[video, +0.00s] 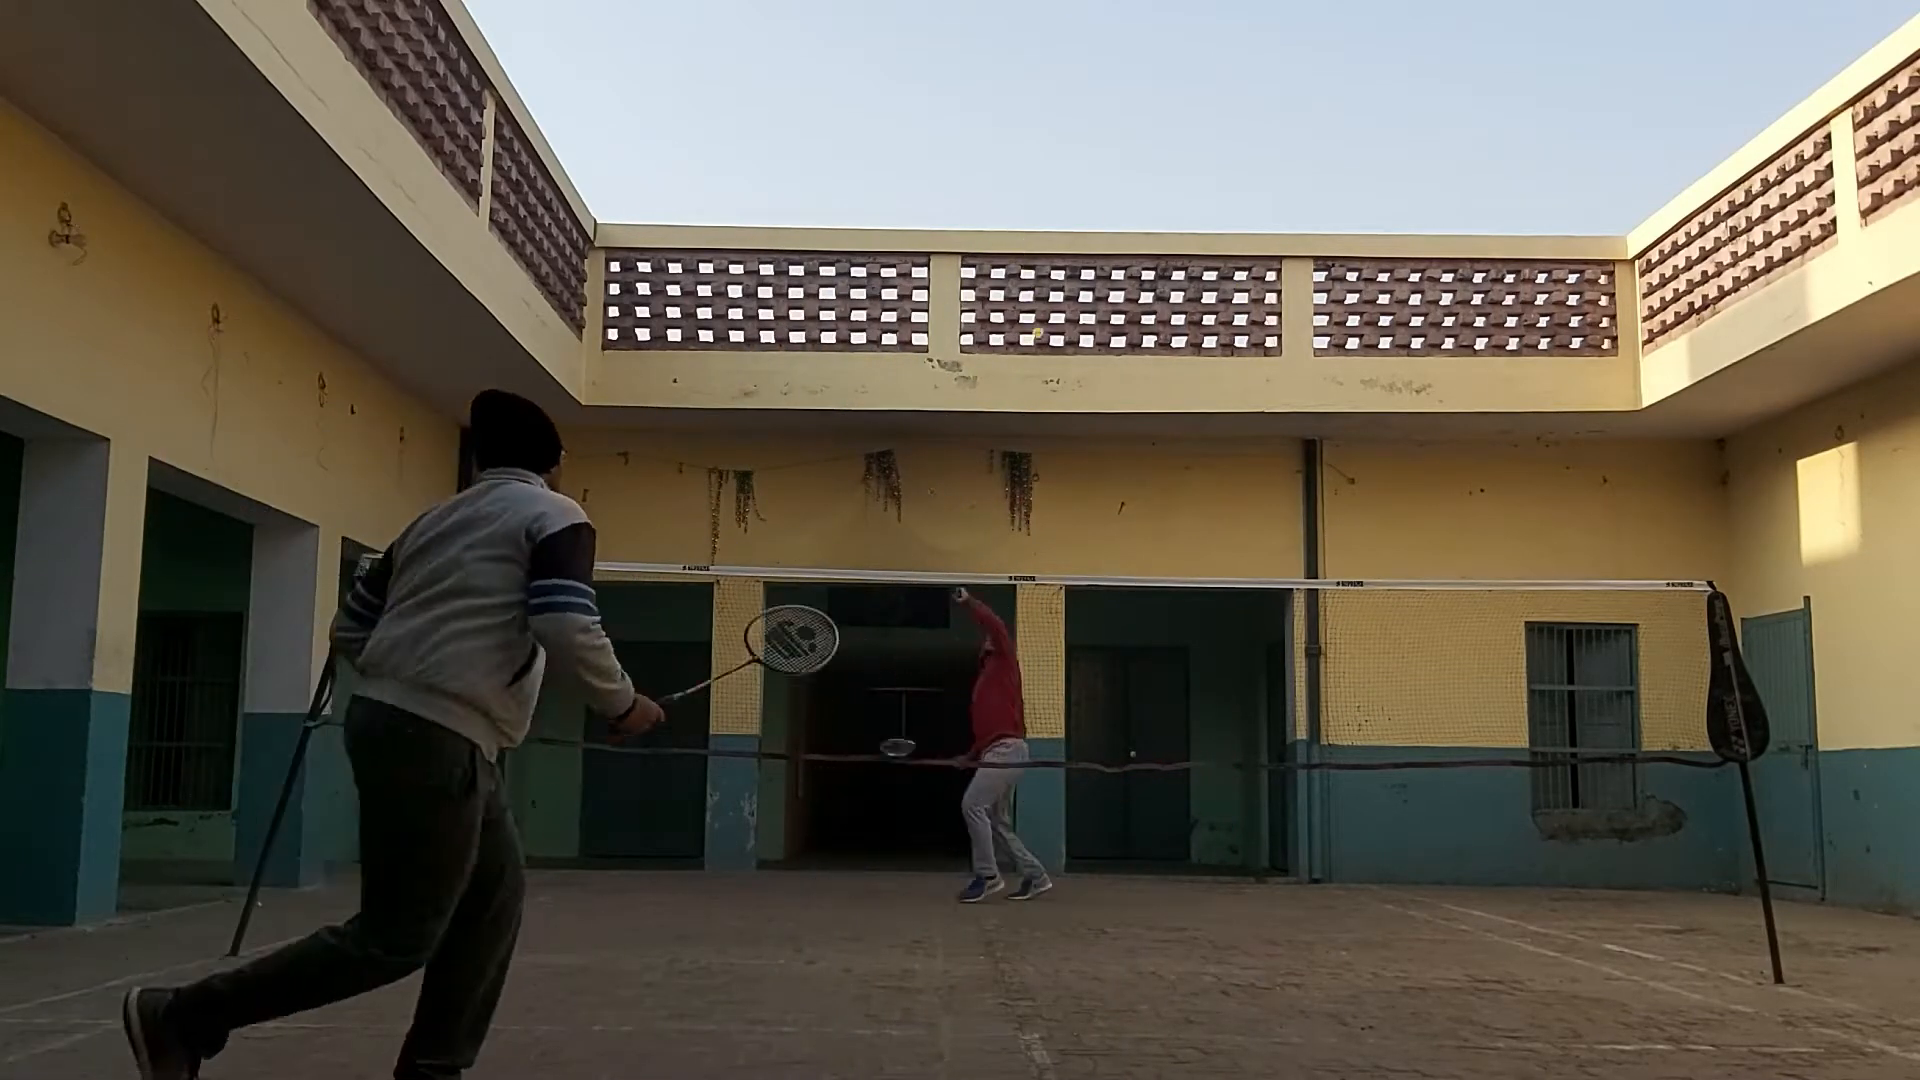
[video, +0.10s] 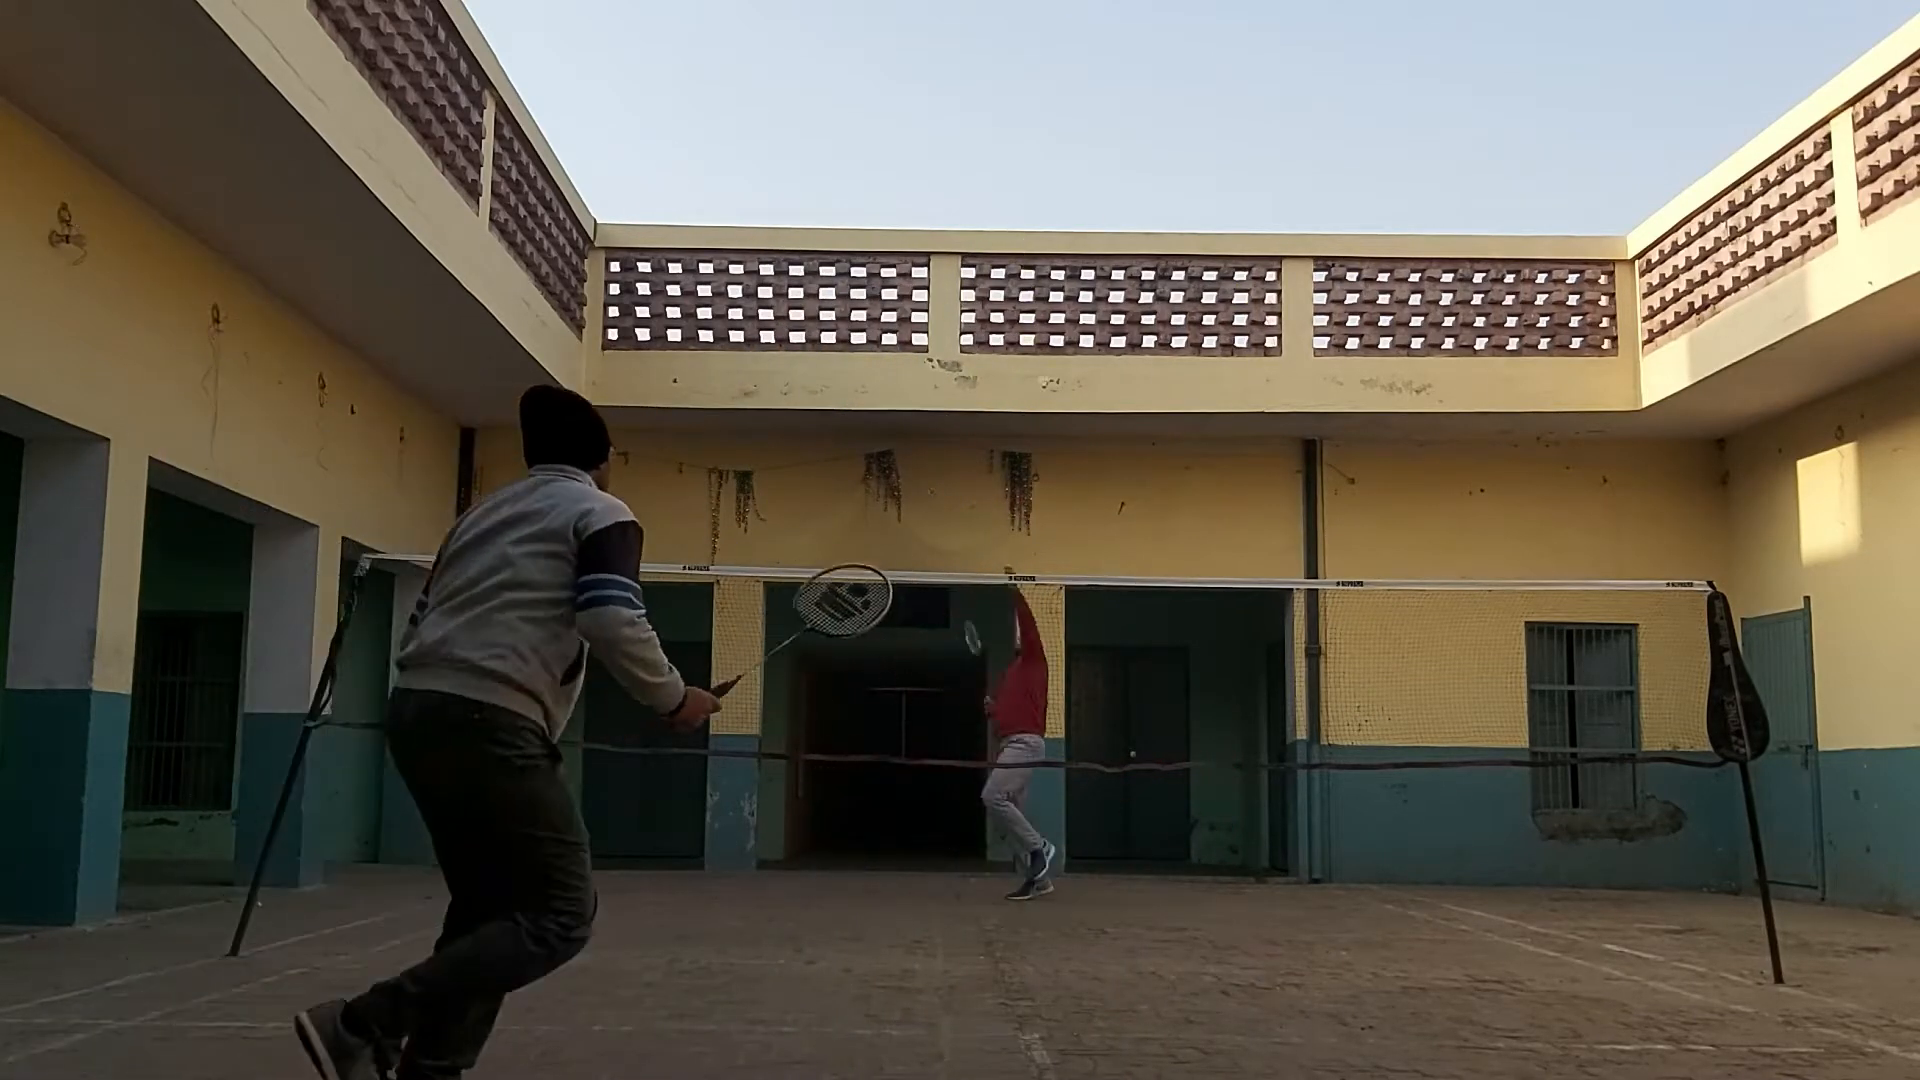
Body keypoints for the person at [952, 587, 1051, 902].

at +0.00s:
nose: (986, 641)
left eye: (990, 637)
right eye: (984, 638)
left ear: (998, 642)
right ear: (982, 645)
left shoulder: (1004, 660)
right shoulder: (987, 674)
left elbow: (997, 626)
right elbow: (990, 721)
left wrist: (970, 602)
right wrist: (972, 755)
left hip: (1008, 748)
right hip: (996, 751)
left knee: (974, 806)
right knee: (996, 821)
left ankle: (988, 875)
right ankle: (1035, 875)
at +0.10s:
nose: (1018, 636)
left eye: (1022, 632)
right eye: (1018, 632)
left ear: (1030, 637)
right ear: (1017, 640)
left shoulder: (1034, 659)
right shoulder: (1016, 670)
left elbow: (1028, 624)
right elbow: (1012, 709)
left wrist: (1016, 592)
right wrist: (993, 708)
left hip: (1026, 741)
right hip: (1015, 742)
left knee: (993, 796)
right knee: (1012, 808)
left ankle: (1038, 848)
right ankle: (1033, 878)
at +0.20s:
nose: (1063, 639)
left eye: (1067, 637)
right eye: (1062, 637)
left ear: (1077, 644)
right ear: (1061, 644)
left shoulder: (1075, 660)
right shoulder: (1044, 669)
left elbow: (1058, 646)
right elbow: (1016, 683)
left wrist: (1038, 628)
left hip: (1039, 733)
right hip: (1019, 733)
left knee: (1028, 795)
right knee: (1020, 806)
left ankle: (1080, 812)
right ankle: (1033, 873)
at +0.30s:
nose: (1096, 641)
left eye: (1103, 639)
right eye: (1097, 638)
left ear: (1111, 647)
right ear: (1096, 646)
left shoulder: (1107, 673)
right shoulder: (1080, 658)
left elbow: (1075, 683)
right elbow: (1053, 637)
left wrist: (1051, 661)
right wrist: (1035, 605)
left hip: (1061, 737)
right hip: (1039, 733)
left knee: (1069, 803)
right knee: (1012, 794)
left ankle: (1124, 826)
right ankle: (1018, 866)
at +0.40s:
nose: (1122, 648)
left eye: (1129, 648)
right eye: (1124, 645)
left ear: (1137, 659)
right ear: (1124, 653)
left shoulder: (1130, 693)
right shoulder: (1104, 666)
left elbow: (1086, 710)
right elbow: (1076, 651)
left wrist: (1079, 682)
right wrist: (1042, 634)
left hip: (1093, 763)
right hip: (1065, 752)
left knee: (1109, 827)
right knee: (1016, 781)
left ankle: (1153, 878)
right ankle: (980, 843)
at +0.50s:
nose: (1138, 669)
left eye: (1144, 667)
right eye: (1136, 665)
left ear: (1154, 678)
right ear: (1131, 671)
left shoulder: (1152, 715)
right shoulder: (1114, 688)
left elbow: (1129, 751)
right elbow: (1075, 686)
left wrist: (1101, 723)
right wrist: (1034, 686)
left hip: (1115, 780)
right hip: (1084, 768)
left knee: (1128, 840)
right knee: (1027, 773)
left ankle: (1164, 885)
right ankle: (973, 809)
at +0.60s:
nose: (1147, 673)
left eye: (1154, 670)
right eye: (1146, 668)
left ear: (1164, 680)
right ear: (1140, 672)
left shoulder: (1162, 718)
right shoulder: (1122, 690)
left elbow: (1153, 759)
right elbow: (1085, 704)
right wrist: (1046, 719)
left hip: (1118, 779)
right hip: (1089, 759)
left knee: (1129, 839)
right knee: (1033, 755)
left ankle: (1162, 887)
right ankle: (995, 811)